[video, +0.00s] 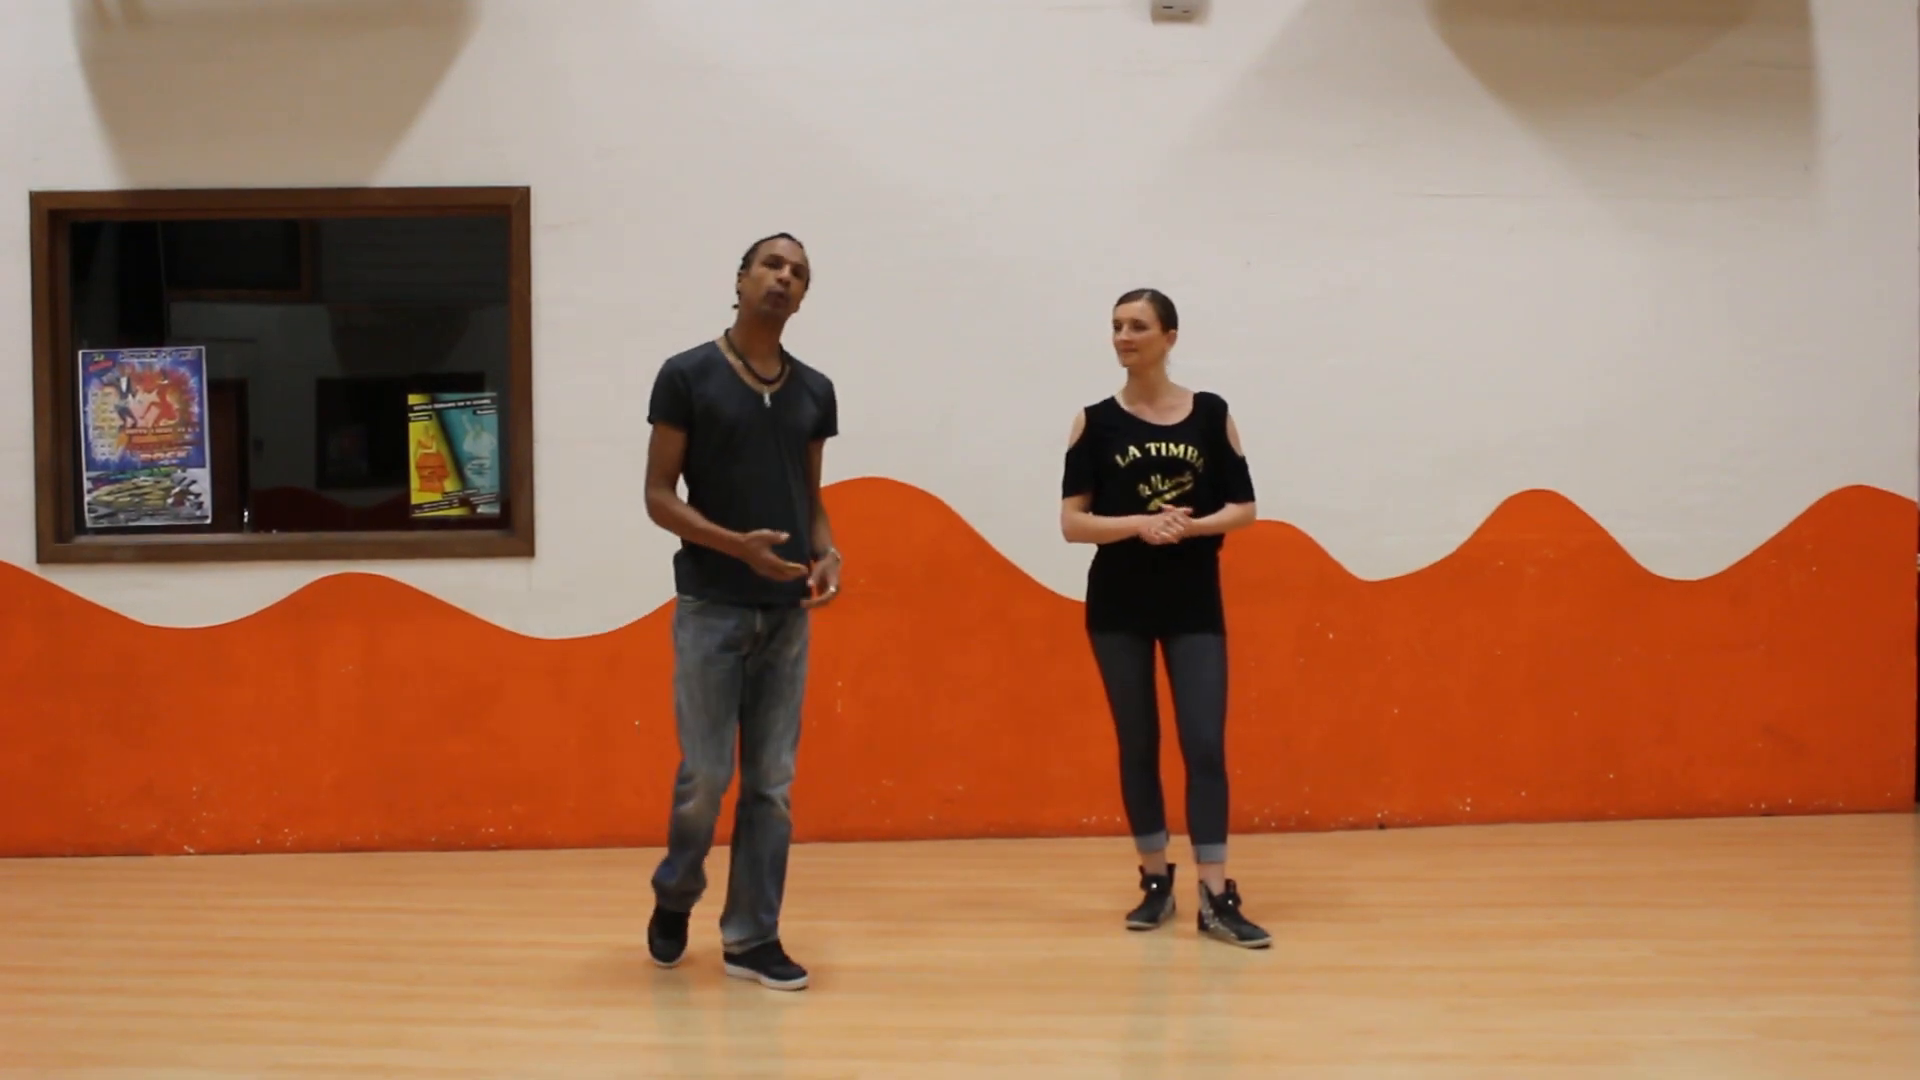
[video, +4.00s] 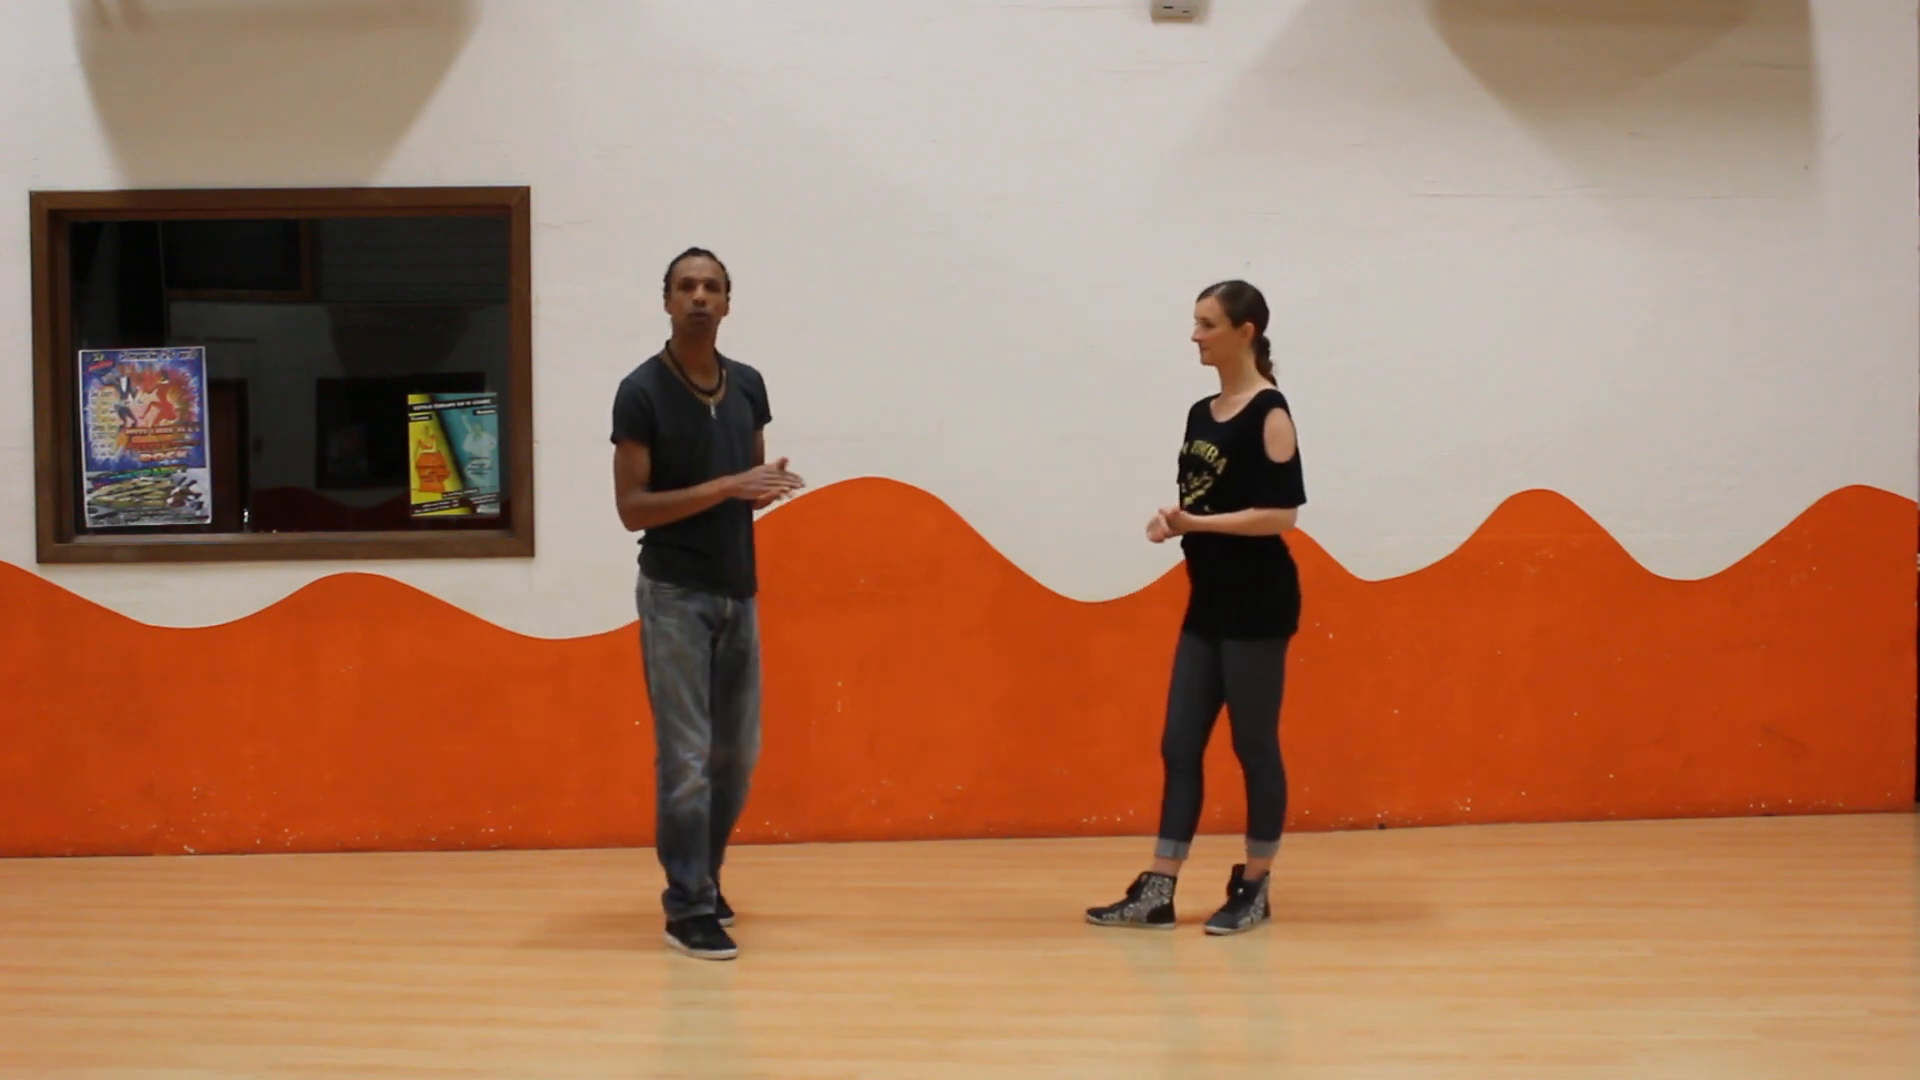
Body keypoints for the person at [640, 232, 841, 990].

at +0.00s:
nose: (786, 278)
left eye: (798, 274)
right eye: (774, 264)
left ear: (803, 299)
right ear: (740, 279)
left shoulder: (813, 390)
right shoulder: (687, 376)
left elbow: (810, 495)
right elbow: (660, 499)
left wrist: (828, 550)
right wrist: (738, 543)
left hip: (786, 611)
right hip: (711, 606)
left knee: (771, 781)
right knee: (708, 774)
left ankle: (753, 938)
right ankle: (676, 895)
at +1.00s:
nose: (681, 292)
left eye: (692, 285)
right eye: (668, 278)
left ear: (697, 307)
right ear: (633, 293)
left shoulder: (701, 391)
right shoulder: (588, 389)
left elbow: (687, 496)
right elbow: (556, 505)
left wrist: (707, 508)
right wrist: (656, 505)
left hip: (680, 599)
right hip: (607, 600)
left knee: (710, 760)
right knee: (615, 767)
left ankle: (725, 921)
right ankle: (621, 921)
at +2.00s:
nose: (746, 316)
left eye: (745, 304)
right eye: (735, 303)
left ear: (705, 313)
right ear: (692, 308)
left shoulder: (691, 386)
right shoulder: (645, 388)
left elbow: (671, 490)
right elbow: (628, 507)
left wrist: (720, 502)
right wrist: (714, 492)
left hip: (678, 590)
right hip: (638, 588)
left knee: (664, 751)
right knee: (644, 750)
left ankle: (646, 887)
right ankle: (623, 907)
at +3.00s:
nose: (734, 305)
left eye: (747, 298)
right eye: (723, 291)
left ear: (754, 314)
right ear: (693, 298)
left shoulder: (747, 392)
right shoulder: (647, 384)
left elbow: (754, 490)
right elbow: (600, 493)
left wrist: (750, 493)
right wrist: (695, 470)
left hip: (729, 594)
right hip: (667, 592)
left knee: (745, 742)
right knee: (682, 750)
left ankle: (662, 858)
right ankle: (690, 913)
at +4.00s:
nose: (702, 297)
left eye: (713, 287)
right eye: (688, 286)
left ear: (728, 302)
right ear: (666, 300)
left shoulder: (747, 386)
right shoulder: (642, 391)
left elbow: (746, 475)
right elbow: (632, 509)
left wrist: (769, 479)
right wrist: (726, 487)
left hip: (736, 593)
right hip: (673, 593)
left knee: (735, 752)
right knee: (688, 753)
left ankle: (701, 884)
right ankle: (688, 906)